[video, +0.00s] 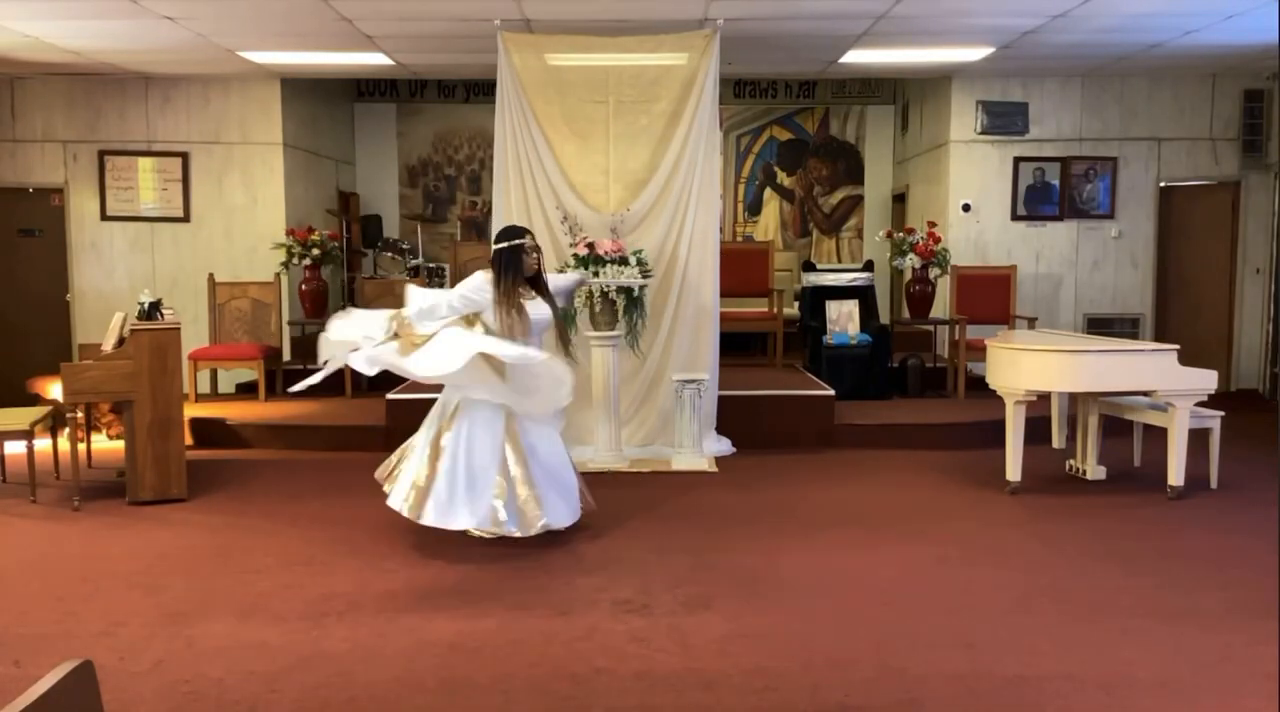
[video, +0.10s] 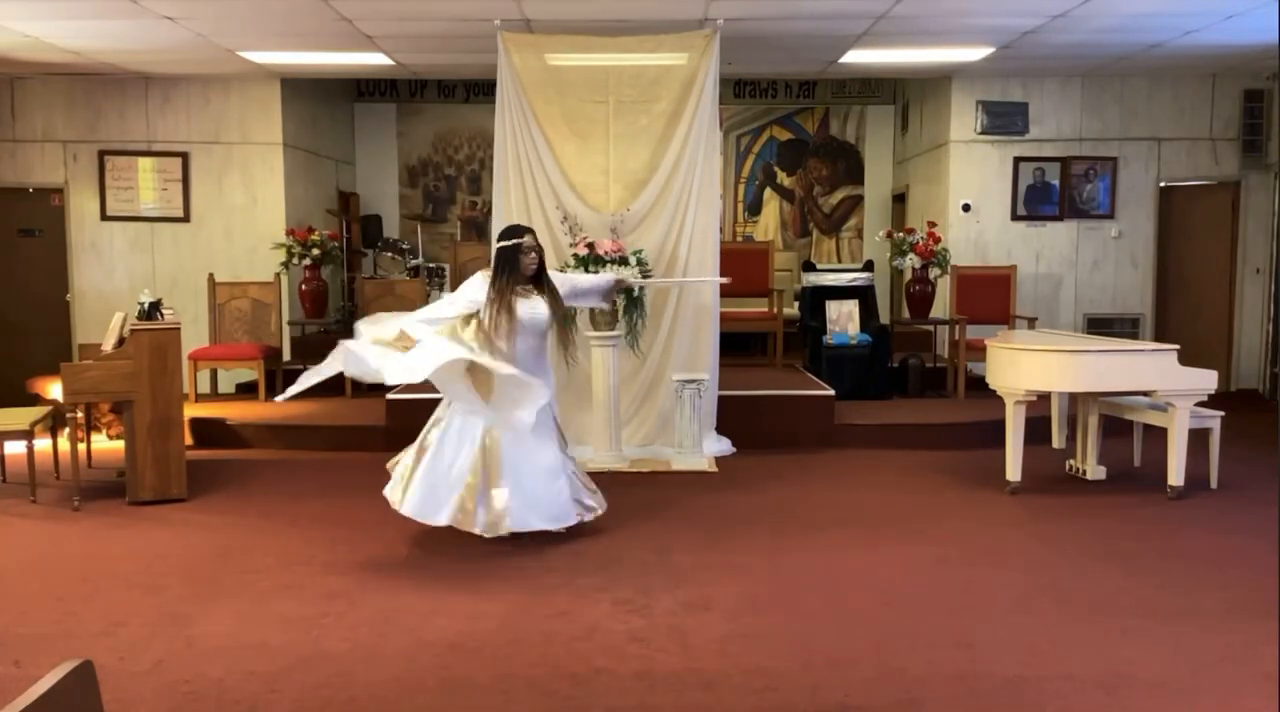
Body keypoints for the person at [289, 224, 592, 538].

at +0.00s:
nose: (536, 256)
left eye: (535, 250)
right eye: (530, 251)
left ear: (521, 255)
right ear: (513, 256)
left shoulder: (534, 286)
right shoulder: (485, 284)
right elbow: (443, 305)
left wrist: (586, 275)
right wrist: (402, 316)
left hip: (527, 383)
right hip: (488, 384)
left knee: (534, 446)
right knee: (485, 447)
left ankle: (537, 515)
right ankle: (484, 517)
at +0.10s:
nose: (535, 255)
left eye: (536, 249)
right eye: (527, 251)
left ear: (539, 254)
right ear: (508, 257)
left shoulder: (546, 287)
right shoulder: (486, 288)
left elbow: (584, 285)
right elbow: (446, 310)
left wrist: (615, 281)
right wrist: (407, 330)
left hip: (536, 387)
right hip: (494, 387)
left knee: (540, 451)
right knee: (488, 453)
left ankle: (545, 516)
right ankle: (491, 520)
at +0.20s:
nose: (531, 257)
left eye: (535, 251)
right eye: (523, 252)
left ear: (540, 254)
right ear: (506, 256)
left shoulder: (551, 285)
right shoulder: (489, 285)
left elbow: (590, 286)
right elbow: (454, 314)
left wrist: (632, 284)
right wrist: (418, 330)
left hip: (540, 380)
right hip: (497, 381)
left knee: (540, 447)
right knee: (497, 449)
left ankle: (544, 511)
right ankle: (493, 517)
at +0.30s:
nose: (523, 257)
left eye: (528, 251)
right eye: (516, 252)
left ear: (537, 256)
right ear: (503, 257)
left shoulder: (549, 287)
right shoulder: (491, 291)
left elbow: (589, 290)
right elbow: (454, 323)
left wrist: (634, 290)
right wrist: (423, 355)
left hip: (541, 385)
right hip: (495, 385)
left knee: (544, 450)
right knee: (487, 449)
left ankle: (550, 518)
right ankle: (486, 517)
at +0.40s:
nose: (513, 258)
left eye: (520, 252)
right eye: (506, 252)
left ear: (530, 257)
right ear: (496, 258)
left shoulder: (545, 292)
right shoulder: (484, 306)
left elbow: (595, 302)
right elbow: (454, 348)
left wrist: (639, 305)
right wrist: (412, 370)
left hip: (543, 388)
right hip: (499, 390)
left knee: (550, 452)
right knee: (497, 453)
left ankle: (554, 520)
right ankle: (496, 521)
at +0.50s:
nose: (500, 259)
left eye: (508, 252)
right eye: (494, 252)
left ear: (520, 256)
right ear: (487, 258)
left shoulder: (530, 286)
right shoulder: (482, 300)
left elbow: (557, 324)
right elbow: (468, 350)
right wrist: (423, 375)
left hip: (535, 376)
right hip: (496, 380)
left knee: (538, 443)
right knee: (493, 443)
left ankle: (550, 515)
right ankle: (498, 513)